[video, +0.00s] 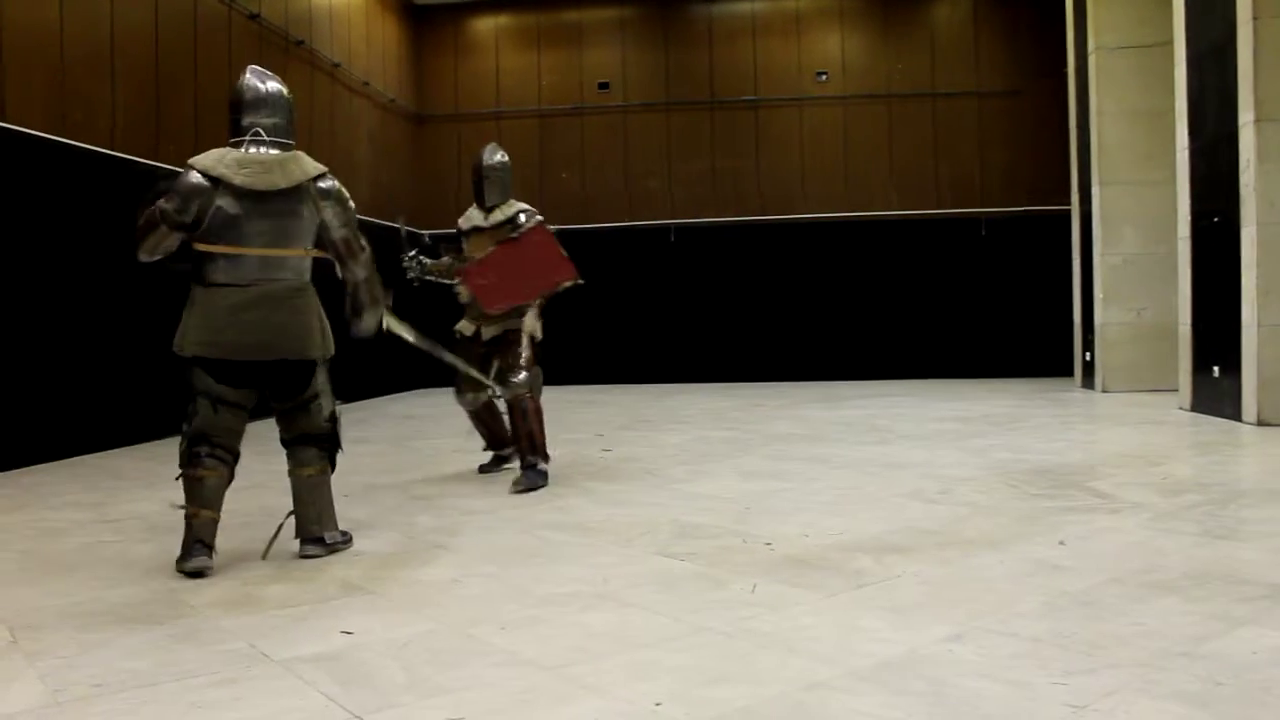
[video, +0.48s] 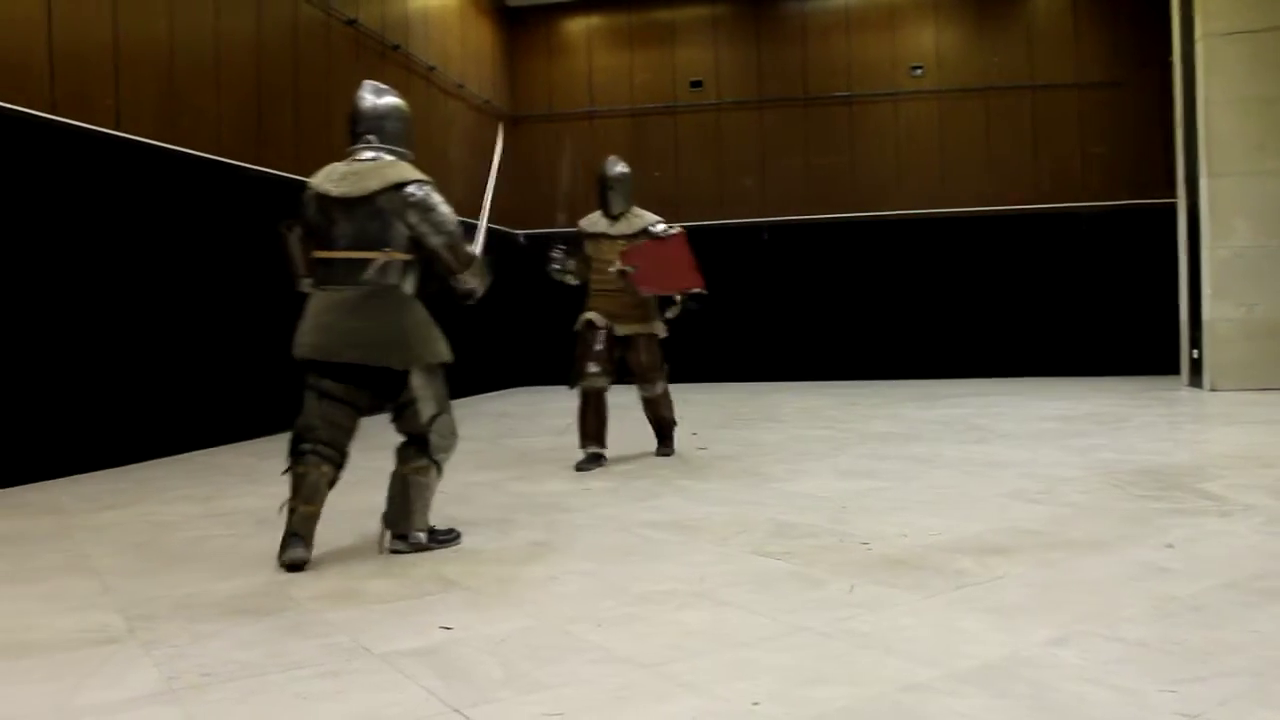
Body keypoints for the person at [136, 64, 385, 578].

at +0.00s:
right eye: (278, 112)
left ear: (237, 117)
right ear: (288, 116)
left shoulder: (204, 175)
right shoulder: (317, 180)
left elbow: (151, 245)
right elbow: (352, 251)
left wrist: (171, 212)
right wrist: (369, 304)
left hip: (221, 327)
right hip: (293, 328)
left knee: (213, 431)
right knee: (308, 423)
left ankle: (198, 545)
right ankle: (317, 530)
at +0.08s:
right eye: (285, 118)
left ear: (242, 121)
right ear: (293, 121)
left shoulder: (204, 179)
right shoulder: (316, 186)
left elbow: (157, 255)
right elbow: (356, 268)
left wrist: (201, 280)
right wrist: (370, 336)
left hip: (223, 330)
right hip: (294, 332)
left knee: (222, 440)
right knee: (324, 423)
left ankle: (209, 551)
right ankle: (330, 529)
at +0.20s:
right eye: (310, 123)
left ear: (266, 126)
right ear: (315, 125)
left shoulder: (227, 183)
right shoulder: (335, 187)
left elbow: (192, 265)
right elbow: (373, 266)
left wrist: (221, 308)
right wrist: (386, 338)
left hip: (242, 325)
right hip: (314, 326)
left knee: (237, 436)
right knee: (350, 424)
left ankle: (233, 551)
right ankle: (355, 530)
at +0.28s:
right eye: (334, 123)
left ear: (289, 126)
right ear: (337, 125)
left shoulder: (250, 183)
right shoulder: (353, 186)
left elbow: (223, 267)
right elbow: (392, 255)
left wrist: (262, 293)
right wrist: (406, 322)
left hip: (262, 329)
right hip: (334, 330)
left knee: (262, 435)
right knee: (369, 426)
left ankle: (254, 547)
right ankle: (372, 528)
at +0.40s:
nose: (378, 133)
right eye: (376, 126)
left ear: (330, 128)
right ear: (376, 128)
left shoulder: (293, 183)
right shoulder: (384, 185)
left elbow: (271, 238)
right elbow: (425, 242)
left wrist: (280, 284)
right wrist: (445, 289)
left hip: (299, 322)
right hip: (366, 323)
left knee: (297, 434)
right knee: (406, 426)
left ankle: (282, 546)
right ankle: (396, 529)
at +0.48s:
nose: (404, 135)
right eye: (403, 127)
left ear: (357, 129)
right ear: (402, 129)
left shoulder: (322, 184)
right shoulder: (408, 186)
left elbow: (301, 242)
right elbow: (454, 251)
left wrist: (314, 283)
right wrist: (475, 273)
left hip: (325, 323)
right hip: (391, 324)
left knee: (320, 434)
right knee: (430, 428)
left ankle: (297, 539)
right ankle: (409, 527)